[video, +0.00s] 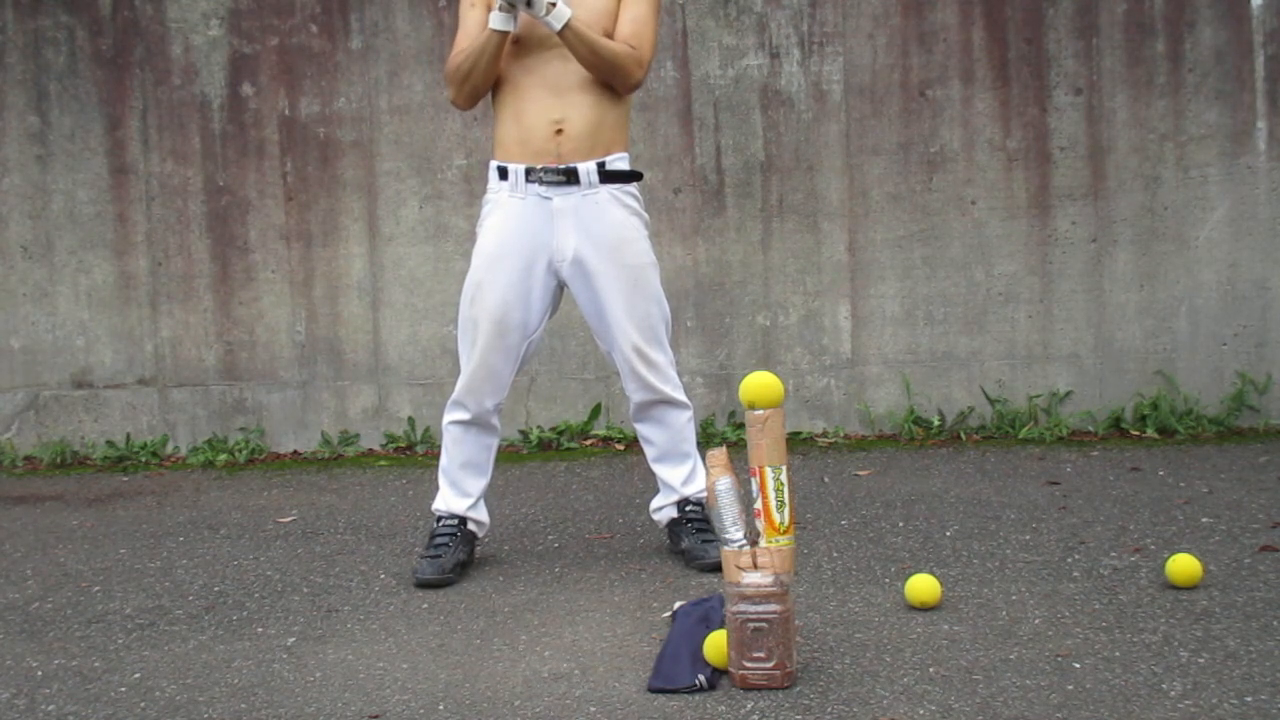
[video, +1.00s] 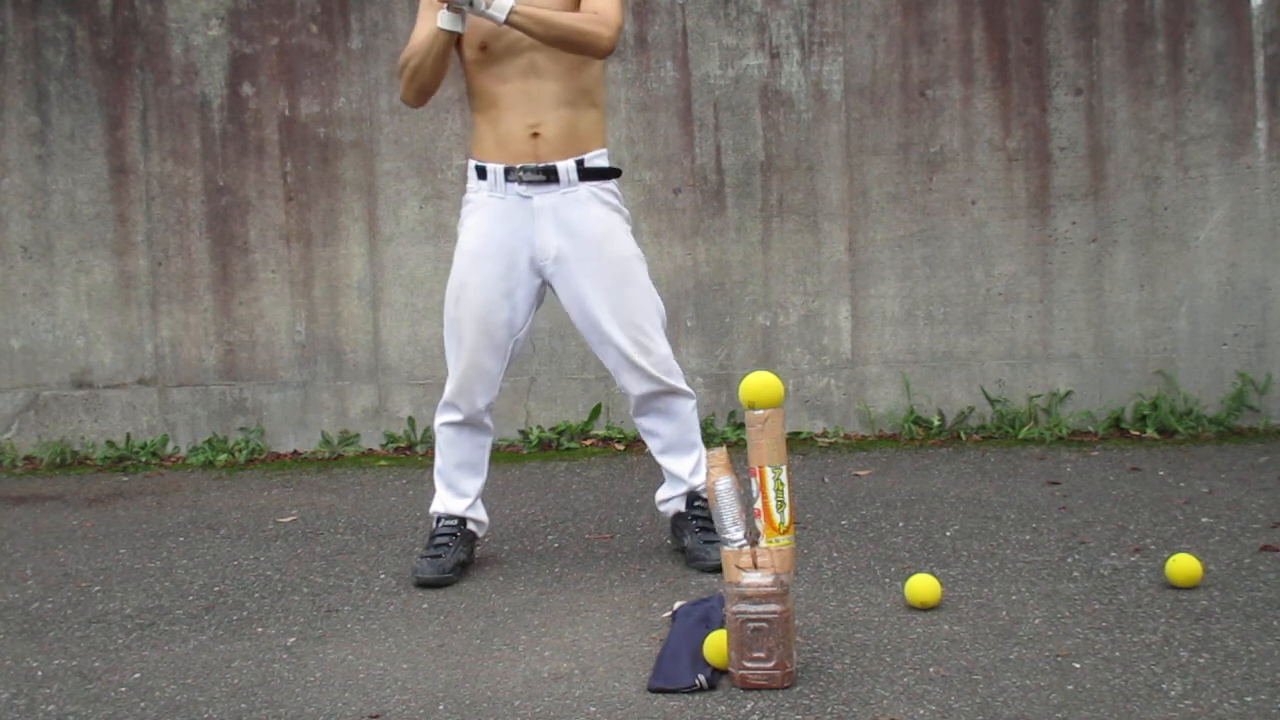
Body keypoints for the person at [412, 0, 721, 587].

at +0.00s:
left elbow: (629, 73)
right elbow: (462, 93)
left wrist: (559, 18)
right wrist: (500, 19)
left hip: (606, 195)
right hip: (513, 198)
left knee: (647, 363)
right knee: (480, 373)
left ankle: (686, 507)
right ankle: (455, 517)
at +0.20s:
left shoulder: (632, 1)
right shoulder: (485, 1)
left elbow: (630, 76)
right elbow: (465, 97)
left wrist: (559, 22)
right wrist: (500, 25)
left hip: (606, 195)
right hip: (513, 198)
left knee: (647, 363)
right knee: (480, 374)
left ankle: (686, 507)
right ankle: (455, 517)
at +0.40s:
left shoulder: (631, 0)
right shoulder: (486, 2)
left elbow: (630, 77)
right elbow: (465, 100)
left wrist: (556, 25)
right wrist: (499, 28)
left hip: (606, 195)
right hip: (514, 198)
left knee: (648, 363)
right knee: (481, 373)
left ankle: (686, 508)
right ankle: (455, 517)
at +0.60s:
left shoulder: (628, 0)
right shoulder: (483, 1)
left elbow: (634, 69)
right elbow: (460, 99)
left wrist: (550, 19)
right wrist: (493, 26)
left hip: (605, 195)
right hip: (513, 198)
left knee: (647, 363)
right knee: (480, 374)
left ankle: (686, 507)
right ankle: (455, 517)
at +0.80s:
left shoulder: (615, 1)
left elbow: (623, 47)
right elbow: (440, 96)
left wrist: (527, 9)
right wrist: (474, 22)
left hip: (599, 196)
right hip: (507, 199)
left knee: (644, 363)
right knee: (477, 375)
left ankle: (686, 507)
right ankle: (455, 518)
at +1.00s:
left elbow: (601, 37)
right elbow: (414, 90)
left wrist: (502, 7)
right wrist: (447, 14)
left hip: (585, 192)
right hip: (493, 198)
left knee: (647, 360)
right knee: (468, 378)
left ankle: (693, 506)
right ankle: (454, 518)